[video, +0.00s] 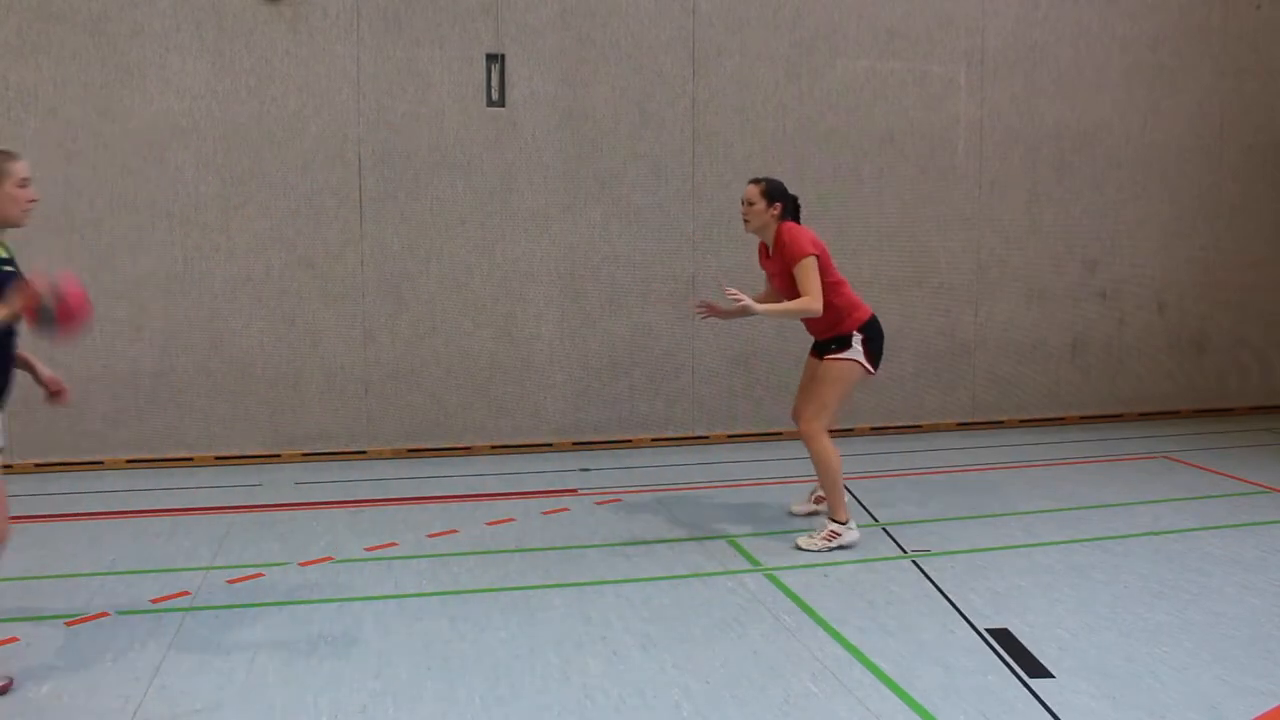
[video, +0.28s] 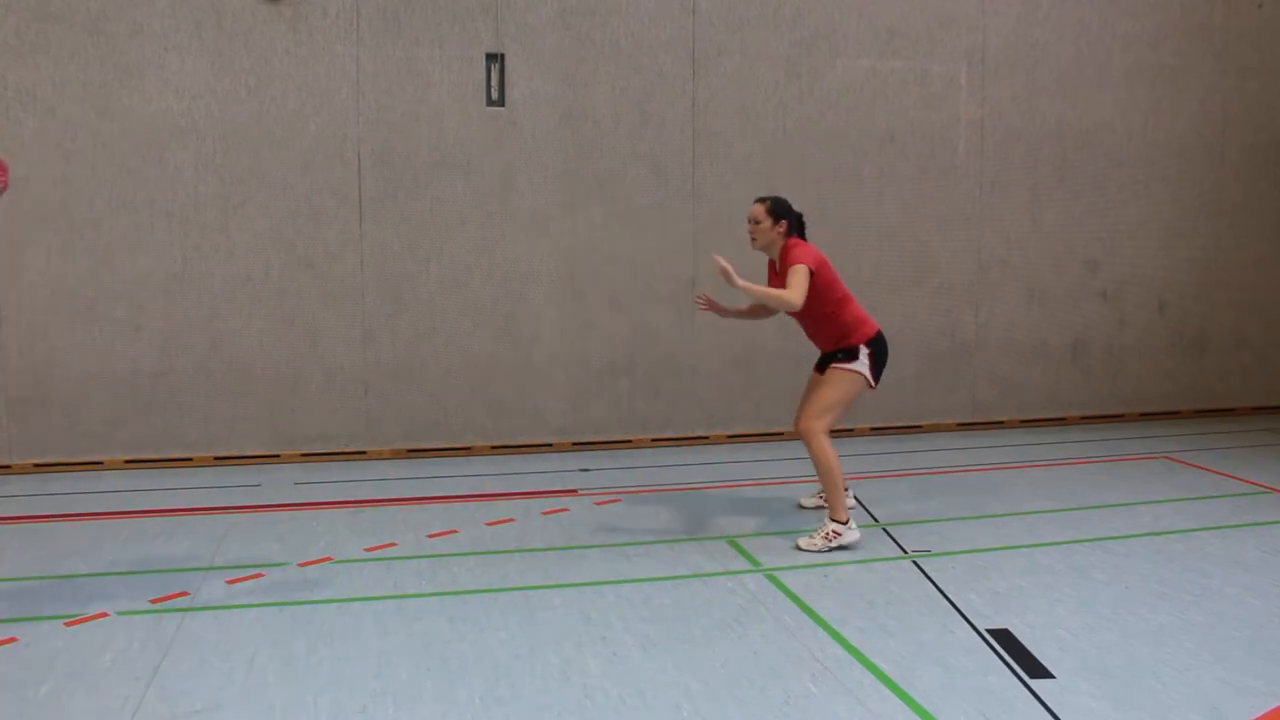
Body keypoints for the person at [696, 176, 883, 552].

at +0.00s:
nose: (742, 211)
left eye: (749, 204)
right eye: (742, 204)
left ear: (774, 208)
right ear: (759, 211)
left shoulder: (796, 238)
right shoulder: (766, 248)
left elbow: (813, 304)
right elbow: (779, 294)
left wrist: (757, 307)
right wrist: (732, 311)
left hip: (854, 334)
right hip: (827, 337)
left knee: (813, 423)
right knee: (804, 415)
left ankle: (842, 523)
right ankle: (831, 489)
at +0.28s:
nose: (749, 229)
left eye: (756, 223)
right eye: (749, 223)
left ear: (780, 226)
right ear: (770, 229)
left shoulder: (798, 253)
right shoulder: (776, 261)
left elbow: (794, 300)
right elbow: (768, 308)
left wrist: (743, 284)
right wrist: (729, 311)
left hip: (860, 348)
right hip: (835, 350)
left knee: (813, 426)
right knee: (806, 424)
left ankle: (841, 524)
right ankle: (838, 491)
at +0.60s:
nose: (753, 230)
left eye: (760, 223)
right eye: (754, 224)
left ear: (784, 226)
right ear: (779, 228)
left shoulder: (802, 254)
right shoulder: (786, 265)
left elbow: (792, 296)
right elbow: (792, 314)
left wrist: (738, 272)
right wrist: (745, 321)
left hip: (866, 355)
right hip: (838, 357)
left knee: (820, 437)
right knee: (813, 432)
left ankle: (857, 532)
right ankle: (840, 489)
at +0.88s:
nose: (754, 218)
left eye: (760, 211)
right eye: (754, 211)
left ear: (785, 212)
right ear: (782, 214)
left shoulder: (806, 240)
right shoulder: (793, 250)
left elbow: (796, 284)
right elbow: (801, 304)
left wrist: (739, 267)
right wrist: (752, 317)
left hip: (870, 341)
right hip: (853, 344)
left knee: (819, 432)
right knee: (827, 427)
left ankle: (851, 531)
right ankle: (859, 504)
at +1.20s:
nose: (755, 212)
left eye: (761, 203)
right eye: (755, 204)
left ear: (788, 204)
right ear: (788, 207)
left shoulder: (808, 232)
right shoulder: (805, 240)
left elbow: (802, 284)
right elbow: (811, 305)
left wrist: (741, 276)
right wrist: (763, 322)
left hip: (872, 341)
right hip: (862, 341)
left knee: (831, 443)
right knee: (840, 432)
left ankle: (853, 550)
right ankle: (869, 506)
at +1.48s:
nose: (762, 232)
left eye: (768, 223)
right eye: (761, 224)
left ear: (794, 224)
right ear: (793, 226)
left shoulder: (815, 253)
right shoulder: (802, 268)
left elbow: (803, 314)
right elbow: (803, 332)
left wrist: (741, 307)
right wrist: (754, 352)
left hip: (882, 363)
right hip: (864, 366)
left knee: (831, 462)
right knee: (833, 448)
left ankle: (874, 567)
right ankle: (879, 518)